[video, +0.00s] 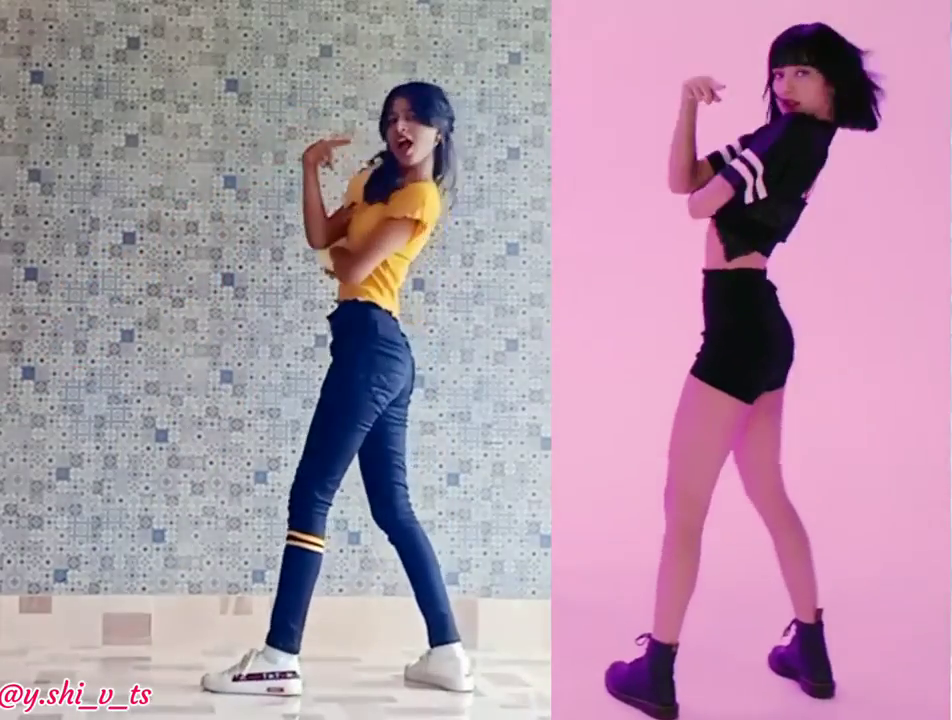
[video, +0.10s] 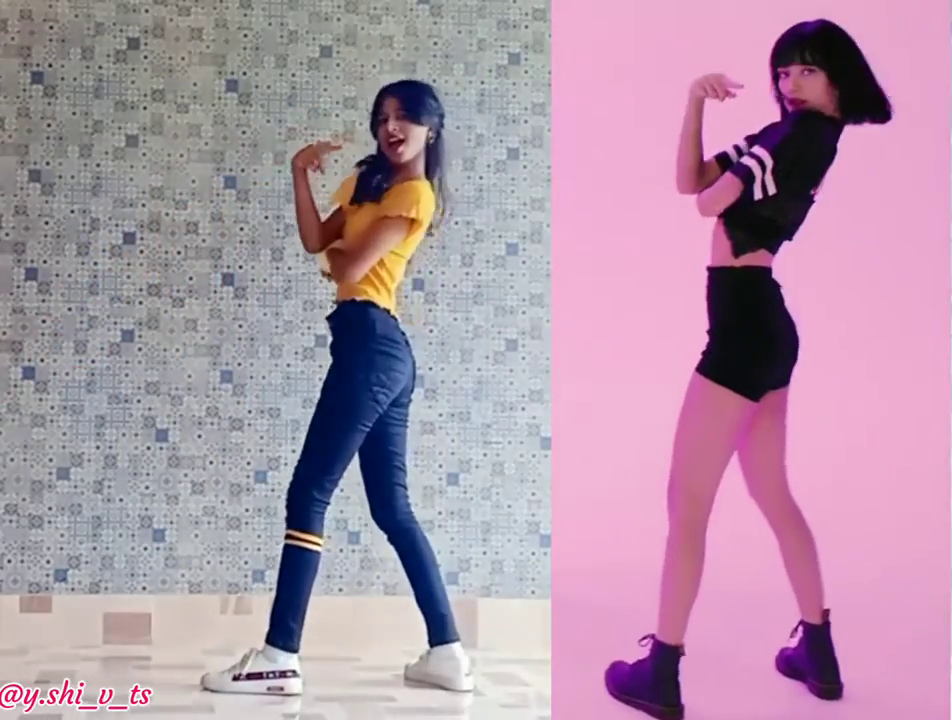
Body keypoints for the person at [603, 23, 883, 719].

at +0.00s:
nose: (786, 82)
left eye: (801, 71)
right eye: (779, 72)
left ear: (834, 83)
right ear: (775, 81)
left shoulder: (792, 138)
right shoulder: (795, 136)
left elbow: (702, 203)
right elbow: (684, 180)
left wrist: (715, 172)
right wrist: (688, 105)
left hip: (734, 330)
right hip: (762, 326)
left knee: (684, 502)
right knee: (767, 490)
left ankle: (657, 668)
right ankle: (810, 649)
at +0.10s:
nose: (791, 79)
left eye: (805, 68)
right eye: (783, 70)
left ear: (838, 77)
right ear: (781, 78)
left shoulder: (796, 137)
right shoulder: (814, 136)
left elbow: (704, 196)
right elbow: (700, 185)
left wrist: (697, 108)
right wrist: (697, 108)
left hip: (740, 329)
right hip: (767, 324)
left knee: (687, 502)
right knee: (772, 491)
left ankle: (661, 669)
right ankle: (817, 650)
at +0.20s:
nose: (791, 80)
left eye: (807, 69)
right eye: (783, 71)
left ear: (838, 77)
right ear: (777, 78)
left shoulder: (806, 134)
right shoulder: (800, 133)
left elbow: (720, 208)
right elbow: (696, 188)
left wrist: (737, 174)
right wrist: (694, 103)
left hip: (743, 330)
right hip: (767, 327)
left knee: (687, 501)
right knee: (773, 493)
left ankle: (663, 671)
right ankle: (823, 652)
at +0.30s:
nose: (776, 90)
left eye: (790, 77)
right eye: (768, 81)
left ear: (822, 80)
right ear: (763, 86)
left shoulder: (805, 141)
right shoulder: (793, 141)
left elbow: (723, 218)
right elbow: (701, 198)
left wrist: (737, 179)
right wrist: (686, 113)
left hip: (744, 344)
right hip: (761, 340)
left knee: (670, 503)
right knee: (766, 503)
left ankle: (658, 679)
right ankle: (822, 657)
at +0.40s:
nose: (764, 96)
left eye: (779, 83)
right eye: (756, 87)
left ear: (810, 86)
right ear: (751, 93)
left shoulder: (803, 149)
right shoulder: (776, 148)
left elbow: (727, 222)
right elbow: (699, 202)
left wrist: (725, 196)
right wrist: (698, 113)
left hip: (742, 351)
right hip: (757, 347)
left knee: (659, 503)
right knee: (758, 506)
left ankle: (655, 681)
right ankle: (818, 659)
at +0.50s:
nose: (772, 95)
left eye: (785, 84)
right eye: (763, 85)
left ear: (813, 91)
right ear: (753, 92)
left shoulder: (791, 150)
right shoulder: (770, 150)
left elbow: (715, 227)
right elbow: (685, 206)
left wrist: (721, 195)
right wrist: (690, 119)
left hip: (736, 351)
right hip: (750, 348)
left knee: (650, 504)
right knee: (741, 508)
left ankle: (650, 681)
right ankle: (812, 658)